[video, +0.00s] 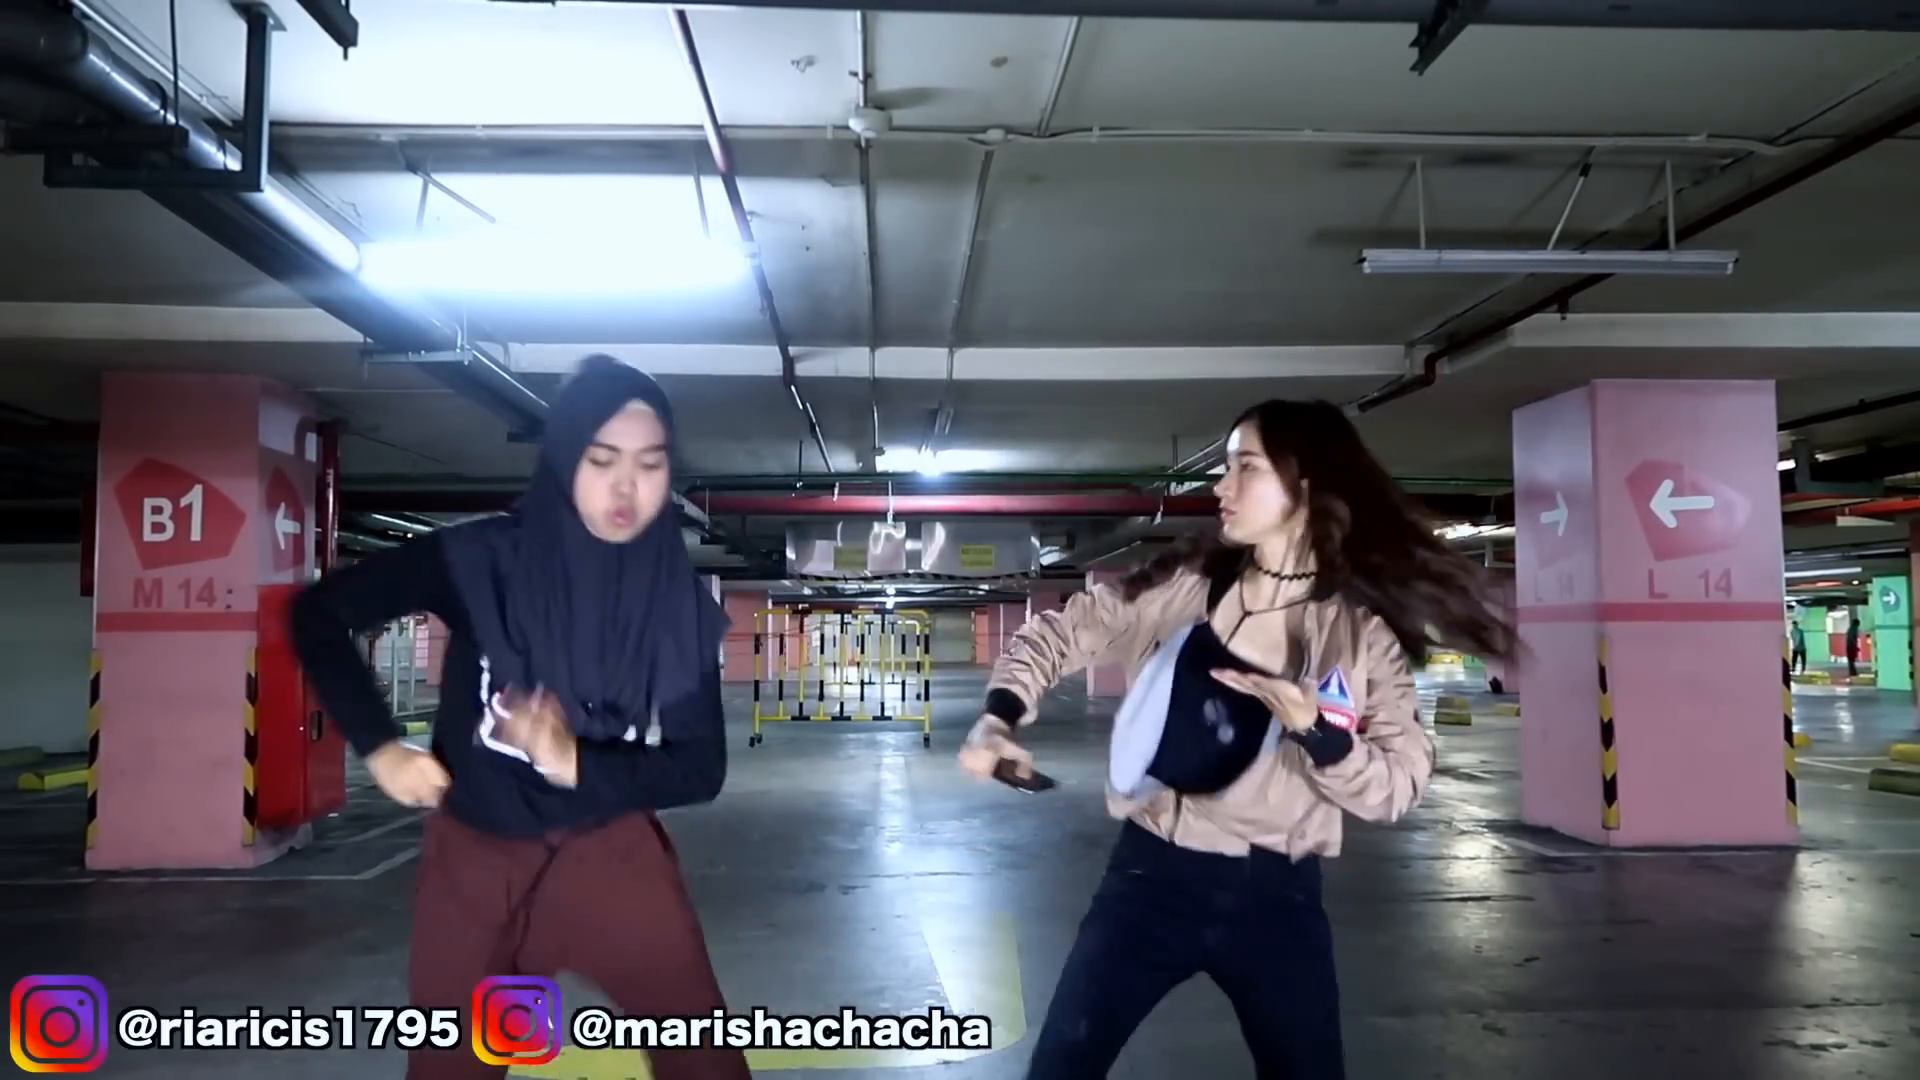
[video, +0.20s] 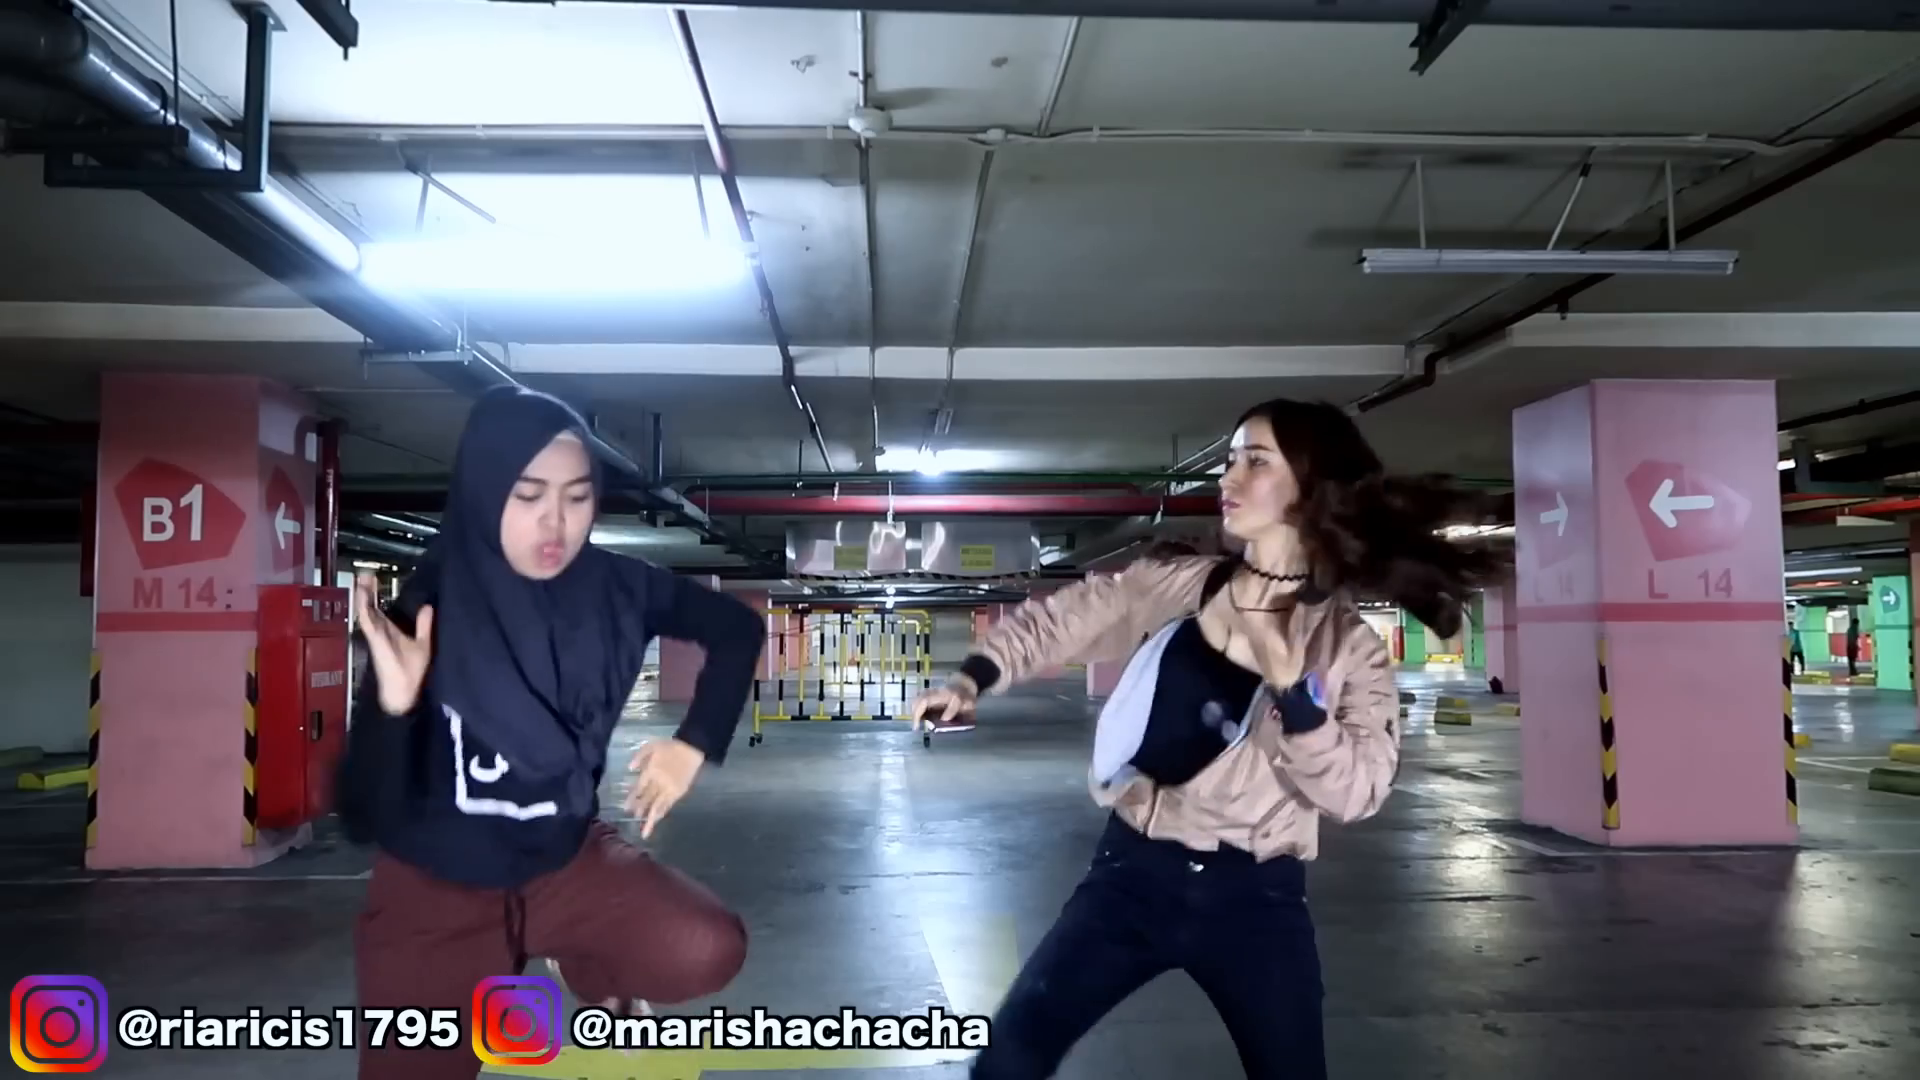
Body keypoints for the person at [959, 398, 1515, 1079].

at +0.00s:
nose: (1221, 485)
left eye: (1247, 467)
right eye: (1228, 465)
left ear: (1307, 488)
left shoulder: (1360, 632)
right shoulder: (1186, 589)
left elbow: (1396, 790)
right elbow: (1067, 630)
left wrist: (1313, 729)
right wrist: (1000, 715)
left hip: (1276, 895)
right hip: (1150, 877)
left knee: (1307, 1071)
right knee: (1060, 1065)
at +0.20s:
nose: (1228, 477)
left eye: (1255, 460)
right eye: (1232, 459)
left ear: (1314, 486)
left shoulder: (1350, 646)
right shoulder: (1178, 583)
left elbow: (1355, 792)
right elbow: (1070, 614)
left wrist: (1287, 686)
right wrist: (974, 679)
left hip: (1257, 896)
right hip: (1130, 876)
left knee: (1292, 1070)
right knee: (1012, 1052)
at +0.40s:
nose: (1213, 449)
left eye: (1232, 432)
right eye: (1191, 432)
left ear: (1256, 457)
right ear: (1156, 456)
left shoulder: (1293, 591)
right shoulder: (1096, 567)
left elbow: (1400, 709)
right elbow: (982, 631)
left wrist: (1358, 626)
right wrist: (950, 678)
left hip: (1214, 857)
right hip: (1087, 849)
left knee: (1242, 1067)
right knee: (1037, 1062)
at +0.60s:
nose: (1140, 479)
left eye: (1144, 461)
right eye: (1112, 463)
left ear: (1154, 474)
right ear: (1059, 489)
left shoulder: (1216, 596)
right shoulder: (1030, 632)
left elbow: (1295, 676)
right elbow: (1048, 817)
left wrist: (1323, 783)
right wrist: (1059, 737)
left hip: (1211, 874)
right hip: (1086, 887)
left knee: (1316, 1053)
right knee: (1045, 1069)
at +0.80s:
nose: (1129, 440)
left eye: (1138, 421)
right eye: (1106, 426)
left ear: (1154, 434)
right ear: (1060, 446)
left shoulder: (1228, 536)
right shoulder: (1032, 585)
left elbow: (1310, 607)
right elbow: (1008, 763)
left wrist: (1342, 733)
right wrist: (1003, 668)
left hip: (1269, 827)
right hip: (1149, 847)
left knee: (1304, 1059)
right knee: (1113, 1061)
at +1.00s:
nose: (1143, 472)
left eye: (1152, 452)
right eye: (1118, 460)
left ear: (1172, 466)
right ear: (1086, 483)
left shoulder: (1244, 570)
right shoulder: (1062, 619)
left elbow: (1340, 626)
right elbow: (981, 774)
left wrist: (1395, 732)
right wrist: (989, 677)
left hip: (1275, 853)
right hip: (1158, 881)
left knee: (1389, 1054)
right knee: (1138, 1070)